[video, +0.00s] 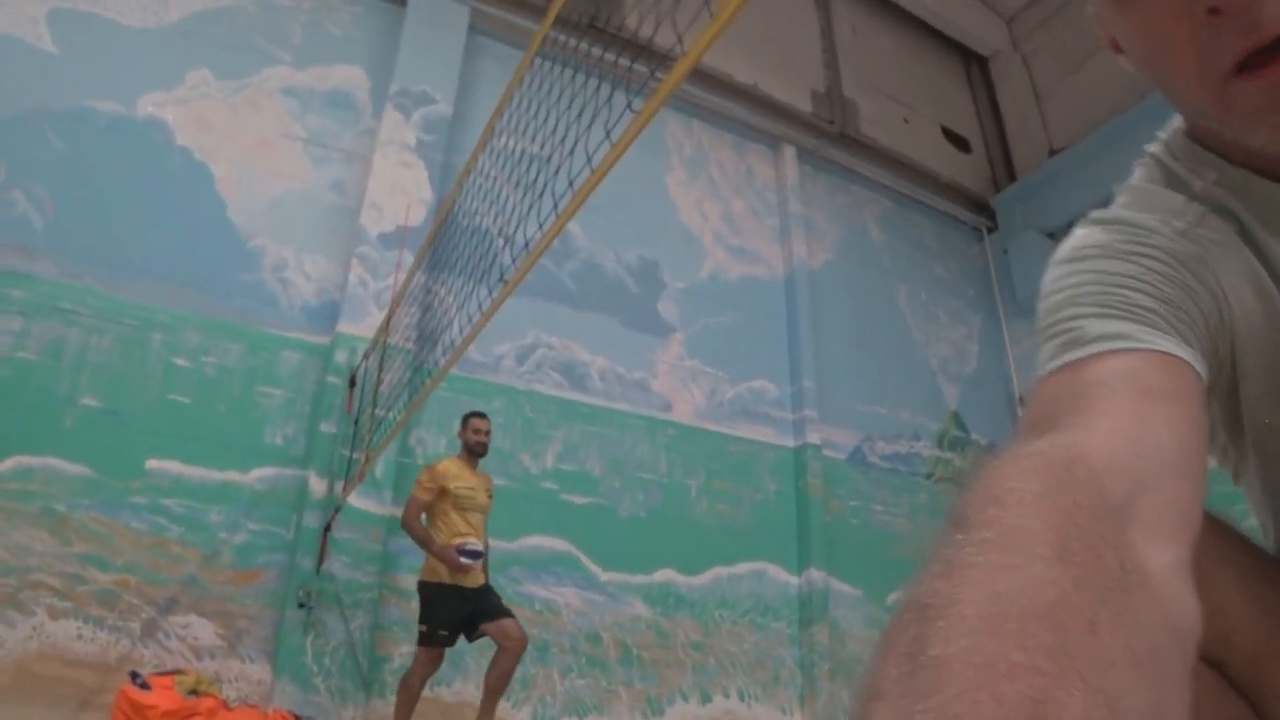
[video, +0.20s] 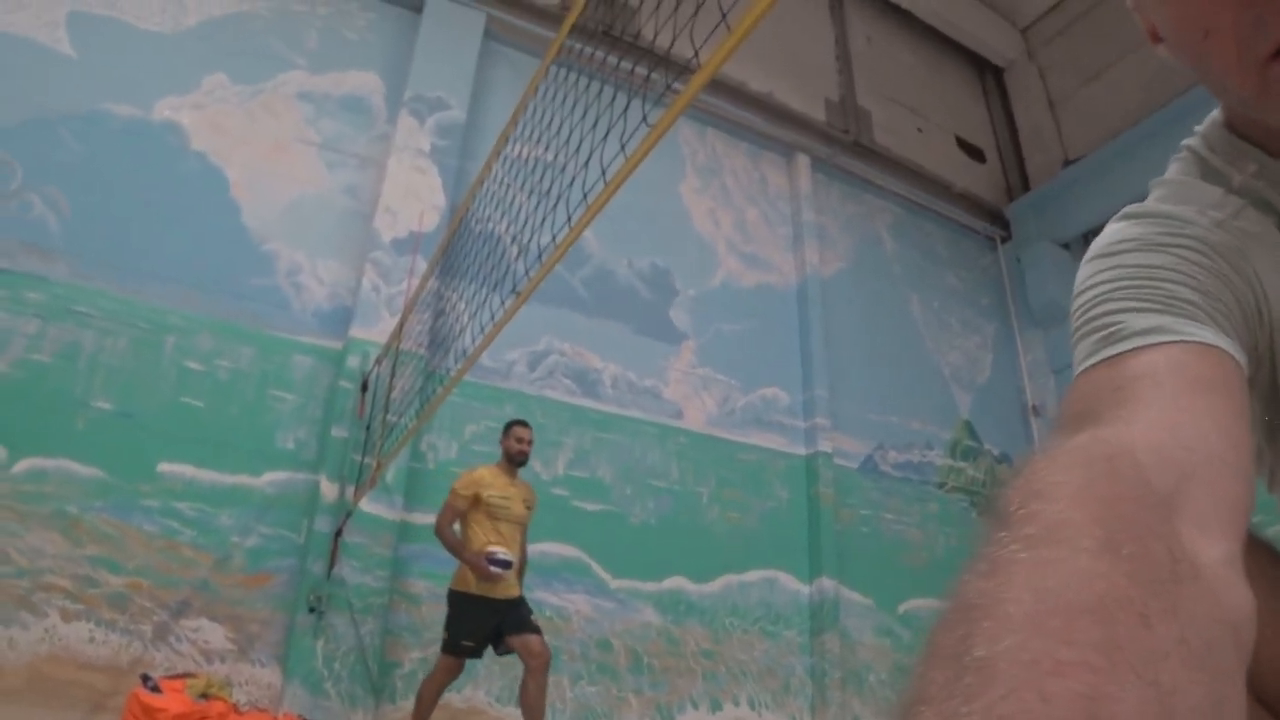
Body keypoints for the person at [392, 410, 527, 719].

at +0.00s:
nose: (482, 438)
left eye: (487, 434)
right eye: (475, 432)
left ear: (490, 440)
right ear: (461, 434)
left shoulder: (485, 482)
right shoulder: (438, 472)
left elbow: (477, 531)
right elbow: (409, 519)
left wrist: (483, 575)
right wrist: (441, 552)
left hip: (475, 587)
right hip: (441, 586)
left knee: (514, 642)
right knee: (427, 661)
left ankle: (485, 715)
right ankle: (400, 715)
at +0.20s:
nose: (523, 447)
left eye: (528, 443)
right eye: (518, 440)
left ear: (531, 449)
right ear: (503, 442)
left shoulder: (526, 493)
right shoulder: (475, 480)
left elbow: (521, 545)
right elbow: (442, 526)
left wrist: (514, 588)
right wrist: (471, 560)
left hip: (508, 598)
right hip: (470, 596)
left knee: (538, 656)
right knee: (448, 668)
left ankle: (534, 716)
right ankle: (418, 715)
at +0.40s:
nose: (580, 428)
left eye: (585, 424)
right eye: (576, 421)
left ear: (587, 430)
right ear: (558, 420)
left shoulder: (576, 473)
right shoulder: (526, 454)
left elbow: (569, 529)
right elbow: (487, 497)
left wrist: (566, 576)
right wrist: (511, 533)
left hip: (552, 576)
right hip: (512, 571)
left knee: (570, 640)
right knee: (486, 646)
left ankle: (551, 716)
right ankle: (441, 713)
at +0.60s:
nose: (618, 396)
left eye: (623, 393)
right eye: (613, 389)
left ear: (625, 402)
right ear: (596, 392)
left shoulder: (617, 449)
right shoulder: (565, 425)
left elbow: (620, 506)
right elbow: (525, 467)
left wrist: (628, 560)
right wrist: (550, 503)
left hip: (589, 547)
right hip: (553, 539)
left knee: (590, 623)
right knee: (555, 620)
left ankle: (563, 712)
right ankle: (502, 677)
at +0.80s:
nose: (641, 373)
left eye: (646, 369)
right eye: (635, 366)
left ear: (649, 378)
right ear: (619, 370)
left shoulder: (648, 426)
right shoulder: (590, 408)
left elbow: (662, 483)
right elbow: (550, 453)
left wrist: (681, 534)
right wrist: (567, 485)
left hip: (618, 527)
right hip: (585, 518)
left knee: (593, 613)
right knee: (618, 586)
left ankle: (573, 698)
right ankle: (580, 688)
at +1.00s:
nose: (661, 356)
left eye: (666, 351)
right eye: (654, 349)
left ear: (671, 359)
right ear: (639, 354)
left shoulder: (676, 409)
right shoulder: (613, 398)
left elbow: (691, 465)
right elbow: (579, 450)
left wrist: (709, 515)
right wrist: (597, 481)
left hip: (648, 519)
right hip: (615, 513)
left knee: (611, 608)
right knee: (646, 594)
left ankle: (577, 690)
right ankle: (642, 701)